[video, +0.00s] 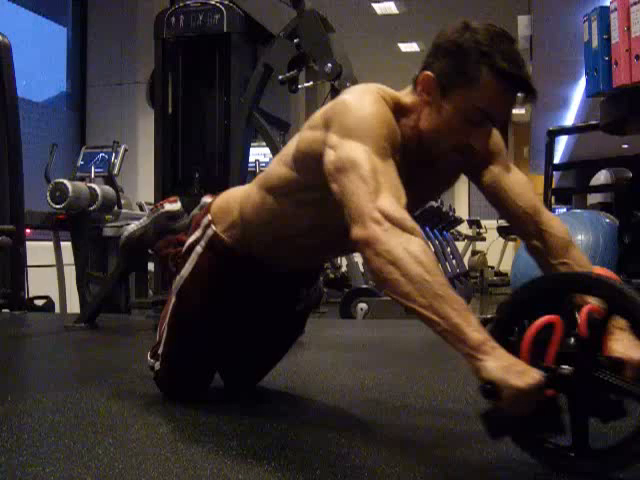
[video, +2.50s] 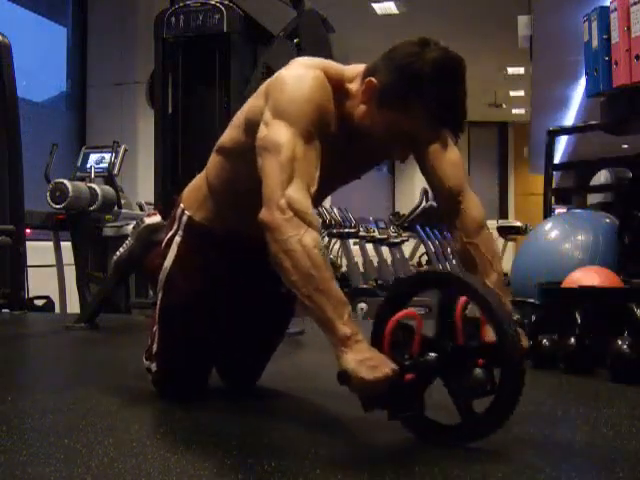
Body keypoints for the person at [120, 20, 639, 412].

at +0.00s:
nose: (489, 142)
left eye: (495, 126)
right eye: (477, 120)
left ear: (497, 121)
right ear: (425, 92)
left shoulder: (472, 139)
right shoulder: (360, 115)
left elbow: (542, 231)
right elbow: (381, 235)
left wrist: (611, 322)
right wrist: (490, 356)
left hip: (297, 276)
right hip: (228, 258)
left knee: (241, 377)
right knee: (180, 382)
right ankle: (182, 241)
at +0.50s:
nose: (571, 228)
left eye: (579, 214)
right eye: (565, 212)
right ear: (516, 175)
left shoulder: (524, 188)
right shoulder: (442, 181)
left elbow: (624, 250)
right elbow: (508, 294)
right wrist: (633, 364)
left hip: (326, 315)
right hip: (272, 296)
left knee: (246, 379)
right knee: (180, 374)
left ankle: (248, 259)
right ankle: (220, 263)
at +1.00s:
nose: (576, 287)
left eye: (589, 283)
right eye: (579, 276)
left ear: (546, 226)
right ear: (543, 232)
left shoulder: (523, 228)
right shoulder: (469, 232)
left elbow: (577, 316)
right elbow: (547, 338)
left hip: (331, 326)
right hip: (284, 312)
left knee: (226, 378)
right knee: (184, 371)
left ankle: (264, 253)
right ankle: (231, 246)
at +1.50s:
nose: (526, 236)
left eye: (541, 224)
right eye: (528, 216)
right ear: (492, 172)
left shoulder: (514, 171)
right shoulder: (416, 163)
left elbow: (616, 252)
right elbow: (467, 289)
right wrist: (605, 377)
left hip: (320, 301)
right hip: (259, 280)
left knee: (249, 380)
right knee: (184, 379)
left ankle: (259, 237)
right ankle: (220, 252)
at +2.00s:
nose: (429, 167)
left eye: (441, 157)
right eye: (425, 152)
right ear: (392, 111)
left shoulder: (432, 124)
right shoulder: (324, 99)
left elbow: (497, 212)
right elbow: (316, 225)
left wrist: (543, 319)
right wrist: (399, 350)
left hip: (283, 258)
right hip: (215, 246)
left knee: (242, 378)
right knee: (180, 383)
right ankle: (173, 250)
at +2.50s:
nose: (401, 151)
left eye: (413, 142)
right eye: (398, 136)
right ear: (368, 93)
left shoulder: (416, 112)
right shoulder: (301, 88)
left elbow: (460, 201)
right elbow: (284, 217)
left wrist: (499, 307)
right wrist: (351, 345)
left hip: (274, 249)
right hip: (206, 240)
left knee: (240, 378)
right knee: (176, 384)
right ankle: (159, 257)